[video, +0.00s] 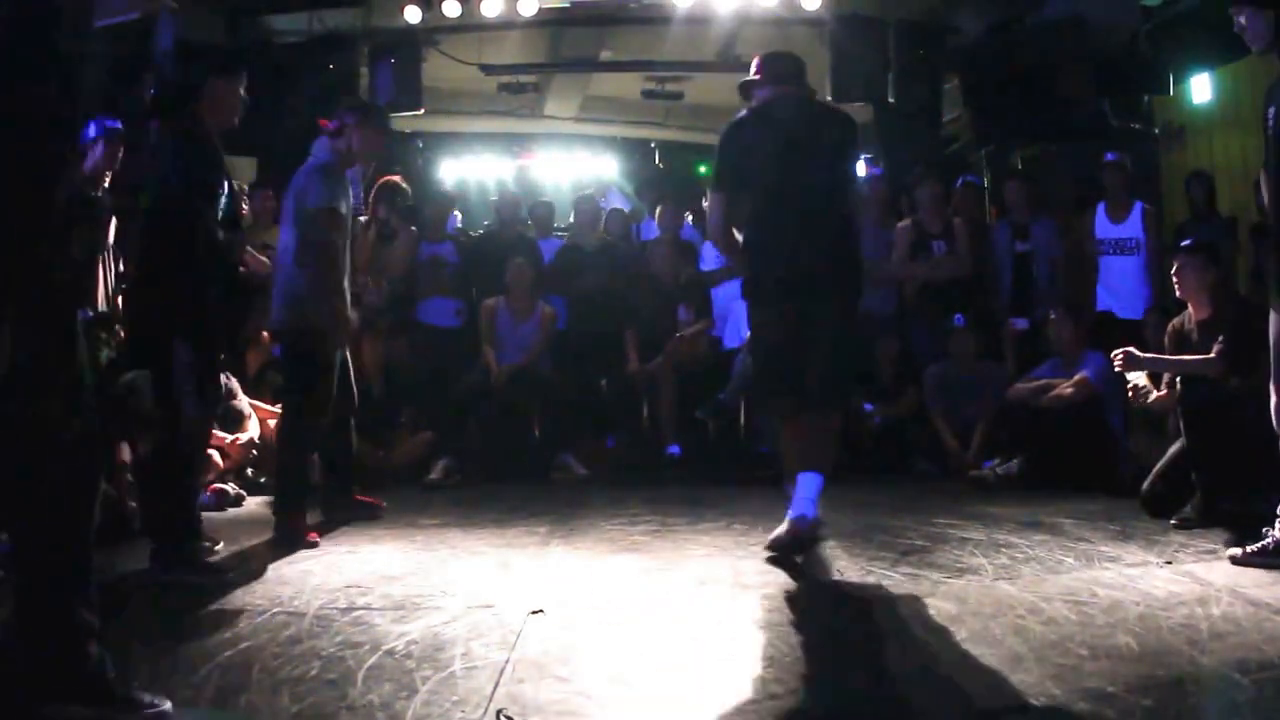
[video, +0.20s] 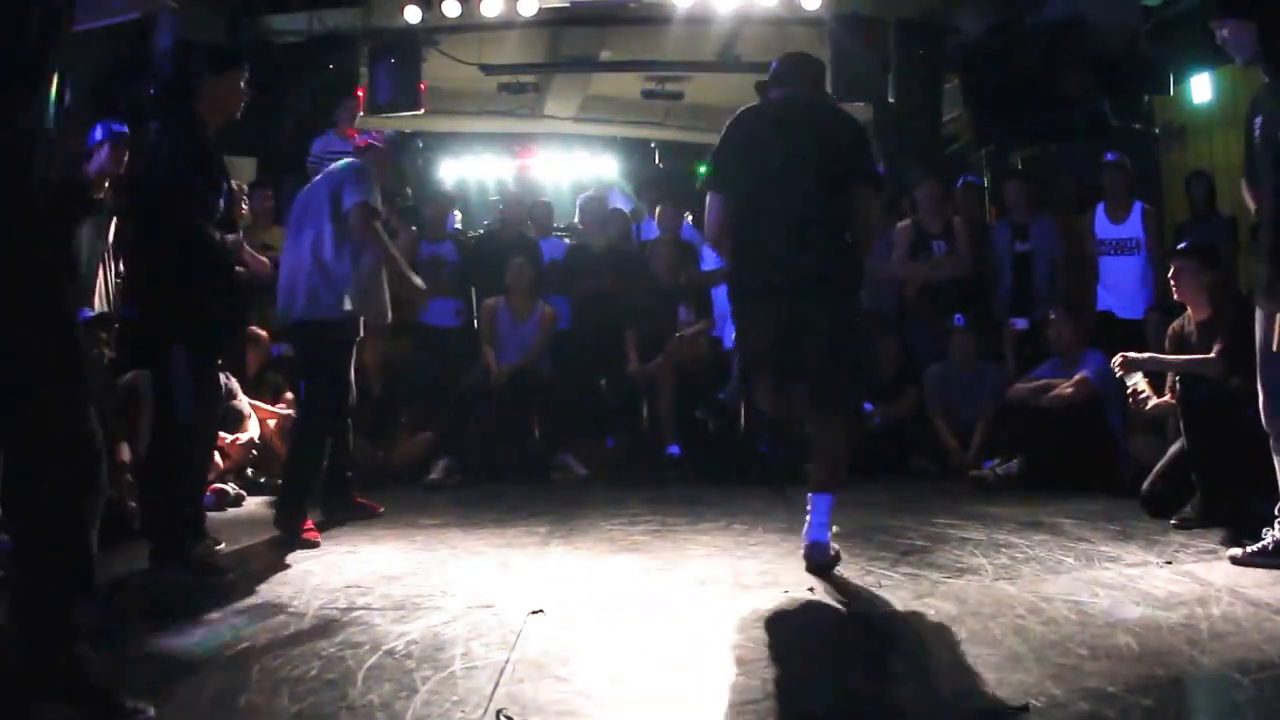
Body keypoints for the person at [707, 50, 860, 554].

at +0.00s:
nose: (751, 95)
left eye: (753, 87)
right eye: (752, 88)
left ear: (761, 85)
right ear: (802, 83)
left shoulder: (741, 129)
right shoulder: (839, 123)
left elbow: (716, 224)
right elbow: (853, 199)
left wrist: (744, 258)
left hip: (771, 275)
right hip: (833, 271)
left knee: (784, 392)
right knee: (825, 389)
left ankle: (802, 512)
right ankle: (802, 510)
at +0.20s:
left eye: (779, 85)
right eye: (812, 85)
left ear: (769, 87)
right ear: (822, 87)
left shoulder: (743, 123)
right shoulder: (847, 128)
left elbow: (714, 225)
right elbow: (868, 217)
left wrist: (749, 261)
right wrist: (850, 257)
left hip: (760, 284)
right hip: (829, 284)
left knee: (765, 391)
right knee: (830, 406)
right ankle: (818, 535)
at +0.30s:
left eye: (764, 57)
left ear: (758, 60)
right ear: (808, 59)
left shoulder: (734, 100)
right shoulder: (835, 93)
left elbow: (712, 208)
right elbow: (862, 184)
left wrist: (730, 246)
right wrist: (848, 226)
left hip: (758, 255)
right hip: (825, 253)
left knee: (757, 376)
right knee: (824, 387)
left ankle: (800, 406)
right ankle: (827, 526)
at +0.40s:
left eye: (734, 33)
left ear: (731, 36)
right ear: (788, 30)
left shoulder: (715, 92)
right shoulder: (822, 77)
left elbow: (699, 193)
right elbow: (843, 172)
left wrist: (720, 250)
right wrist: (844, 235)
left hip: (749, 260)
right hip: (823, 257)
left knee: (765, 385)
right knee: (842, 385)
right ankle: (863, 542)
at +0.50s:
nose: (716, 71)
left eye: (716, 63)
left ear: (718, 62)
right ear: (772, 58)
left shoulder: (701, 102)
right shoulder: (808, 91)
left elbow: (679, 208)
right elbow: (826, 185)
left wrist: (675, 272)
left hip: (739, 284)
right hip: (819, 278)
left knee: (747, 427)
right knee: (842, 413)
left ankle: (764, 595)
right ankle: (878, 565)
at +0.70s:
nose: (666, 26)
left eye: (675, 22)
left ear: (688, 19)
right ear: (733, 23)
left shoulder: (679, 41)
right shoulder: (778, 76)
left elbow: (632, 140)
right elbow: (793, 175)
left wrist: (639, 219)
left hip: (703, 246)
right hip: (766, 252)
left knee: (674, 382)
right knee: (689, 386)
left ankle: (772, 532)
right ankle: (671, 533)